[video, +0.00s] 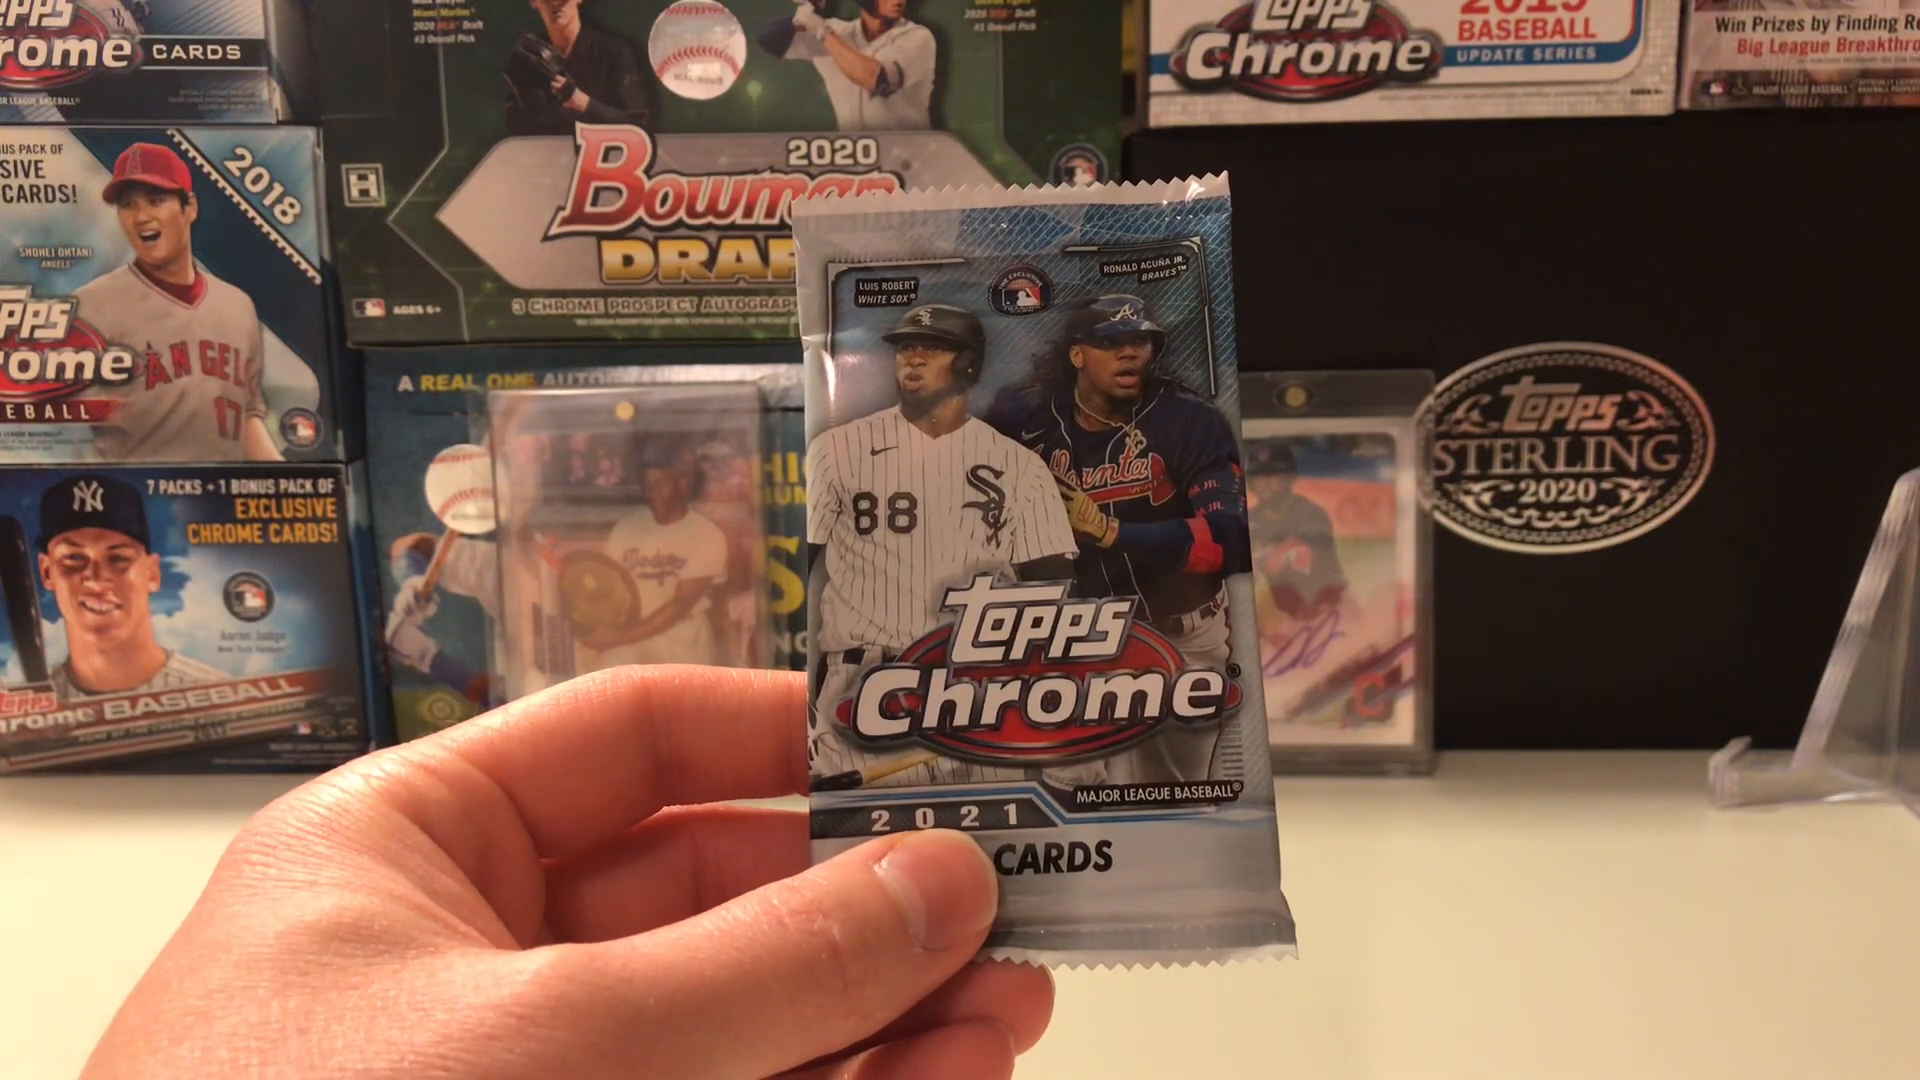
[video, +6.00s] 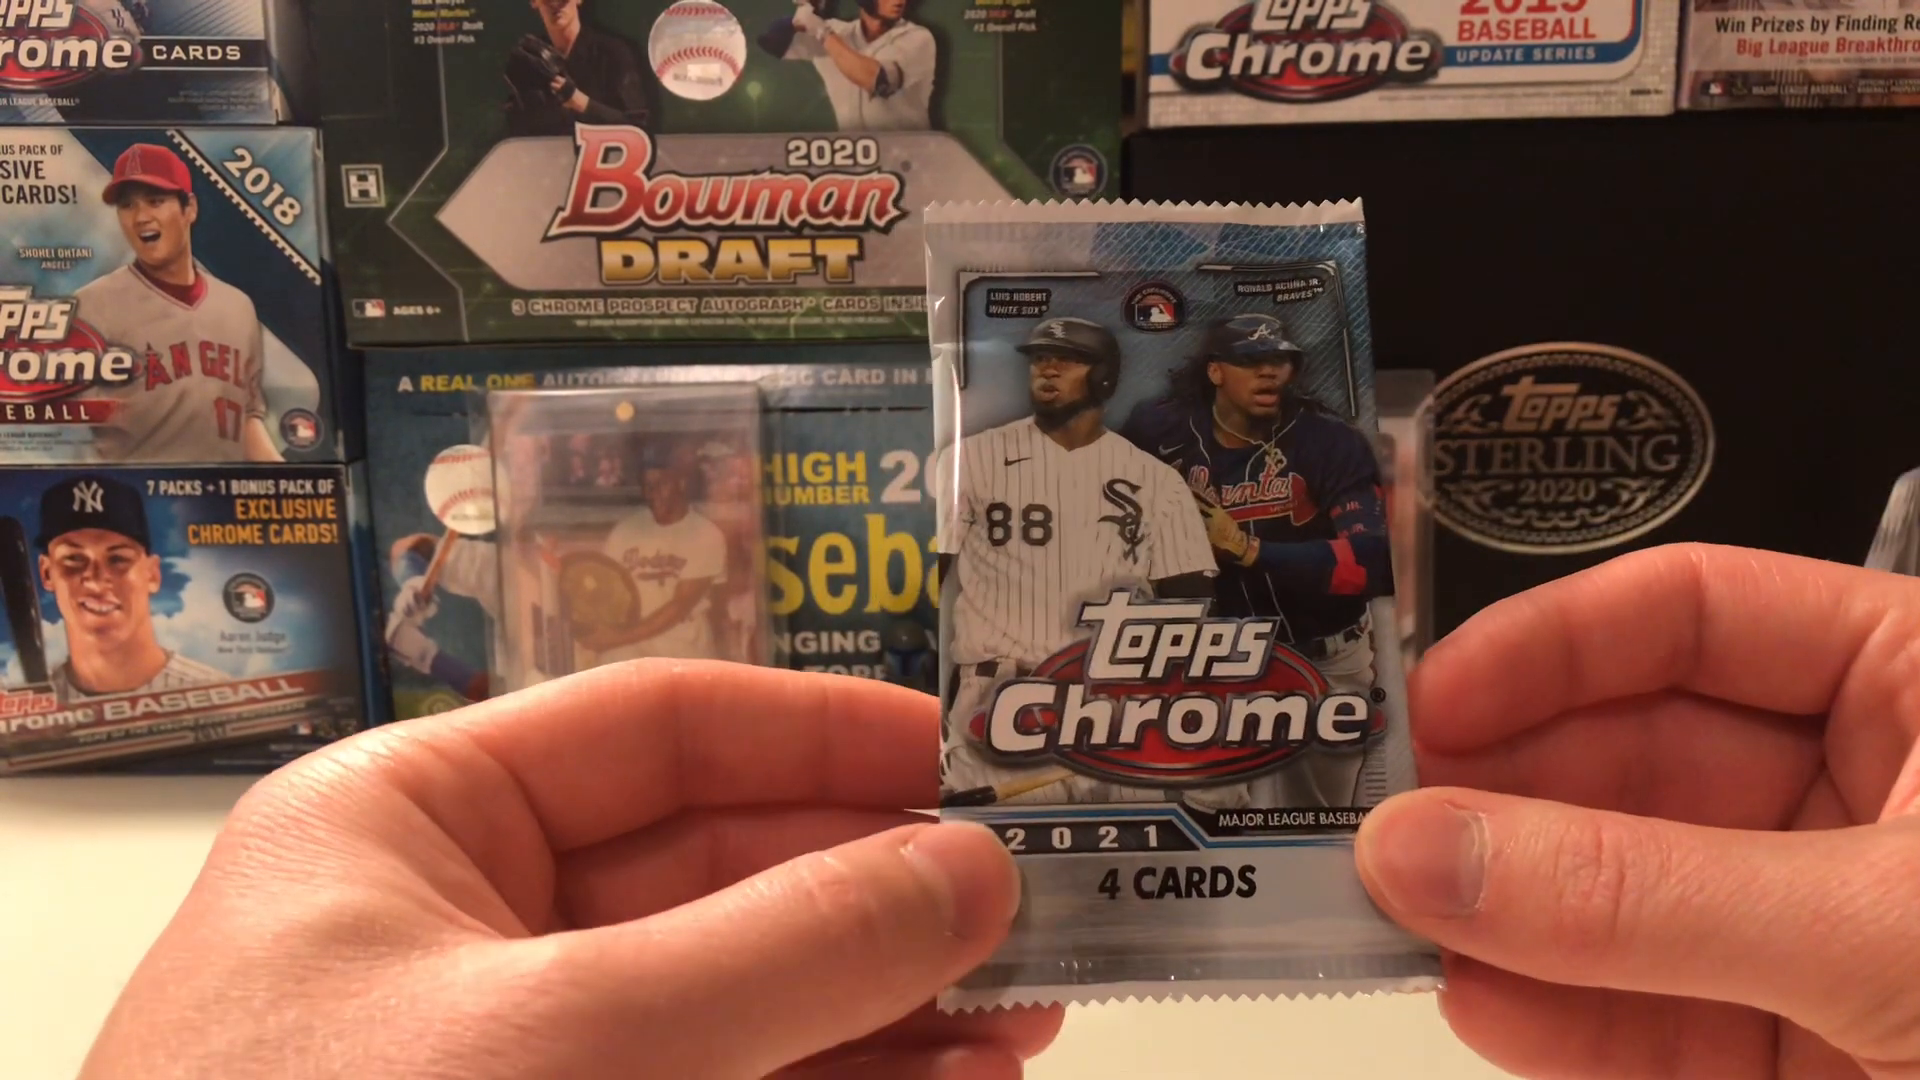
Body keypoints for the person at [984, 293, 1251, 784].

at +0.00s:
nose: (1132, 354)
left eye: (1141, 341)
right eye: (1114, 343)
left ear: (1154, 348)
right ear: (1077, 355)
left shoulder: (1191, 423)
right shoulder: (1024, 418)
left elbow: (1228, 537)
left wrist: (1113, 531)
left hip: (1184, 631)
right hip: (1073, 638)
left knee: (1184, 802)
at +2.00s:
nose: (1121, 362)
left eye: (1129, 350)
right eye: (1104, 351)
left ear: (1142, 358)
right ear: (1068, 363)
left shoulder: (1179, 428)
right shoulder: (1016, 421)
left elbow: (1210, 537)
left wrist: (1101, 529)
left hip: (1174, 629)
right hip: (1065, 633)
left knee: (1169, 795)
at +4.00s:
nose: (1148, 365)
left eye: (1157, 353)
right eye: (1130, 354)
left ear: (1170, 361)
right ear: (1094, 366)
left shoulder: (1208, 432)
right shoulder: (1042, 426)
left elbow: (1242, 548)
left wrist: (1126, 538)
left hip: (1197, 639)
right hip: (1086, 642)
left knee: (1192, 809)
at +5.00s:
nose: (1213, 361)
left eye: (1221, 347)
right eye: (1194, 349)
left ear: (1234, 355)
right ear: (1155, 362)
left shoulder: (1274, 433)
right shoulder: (1097, 424)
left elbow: (1312, 557)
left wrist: (1191, 543)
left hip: (1264, 646)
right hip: (1143, 649)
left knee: (1265, 815)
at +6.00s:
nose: (1271, 373)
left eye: (1279, 360)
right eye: (1253, 361)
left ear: (1292, 368)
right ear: (1215, 372)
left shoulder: (1331, 444)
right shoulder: (1162, 435)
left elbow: (1373, 562)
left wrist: (1251, 550)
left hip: (1328, 657)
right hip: (1213, 659)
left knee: (1328, 827)